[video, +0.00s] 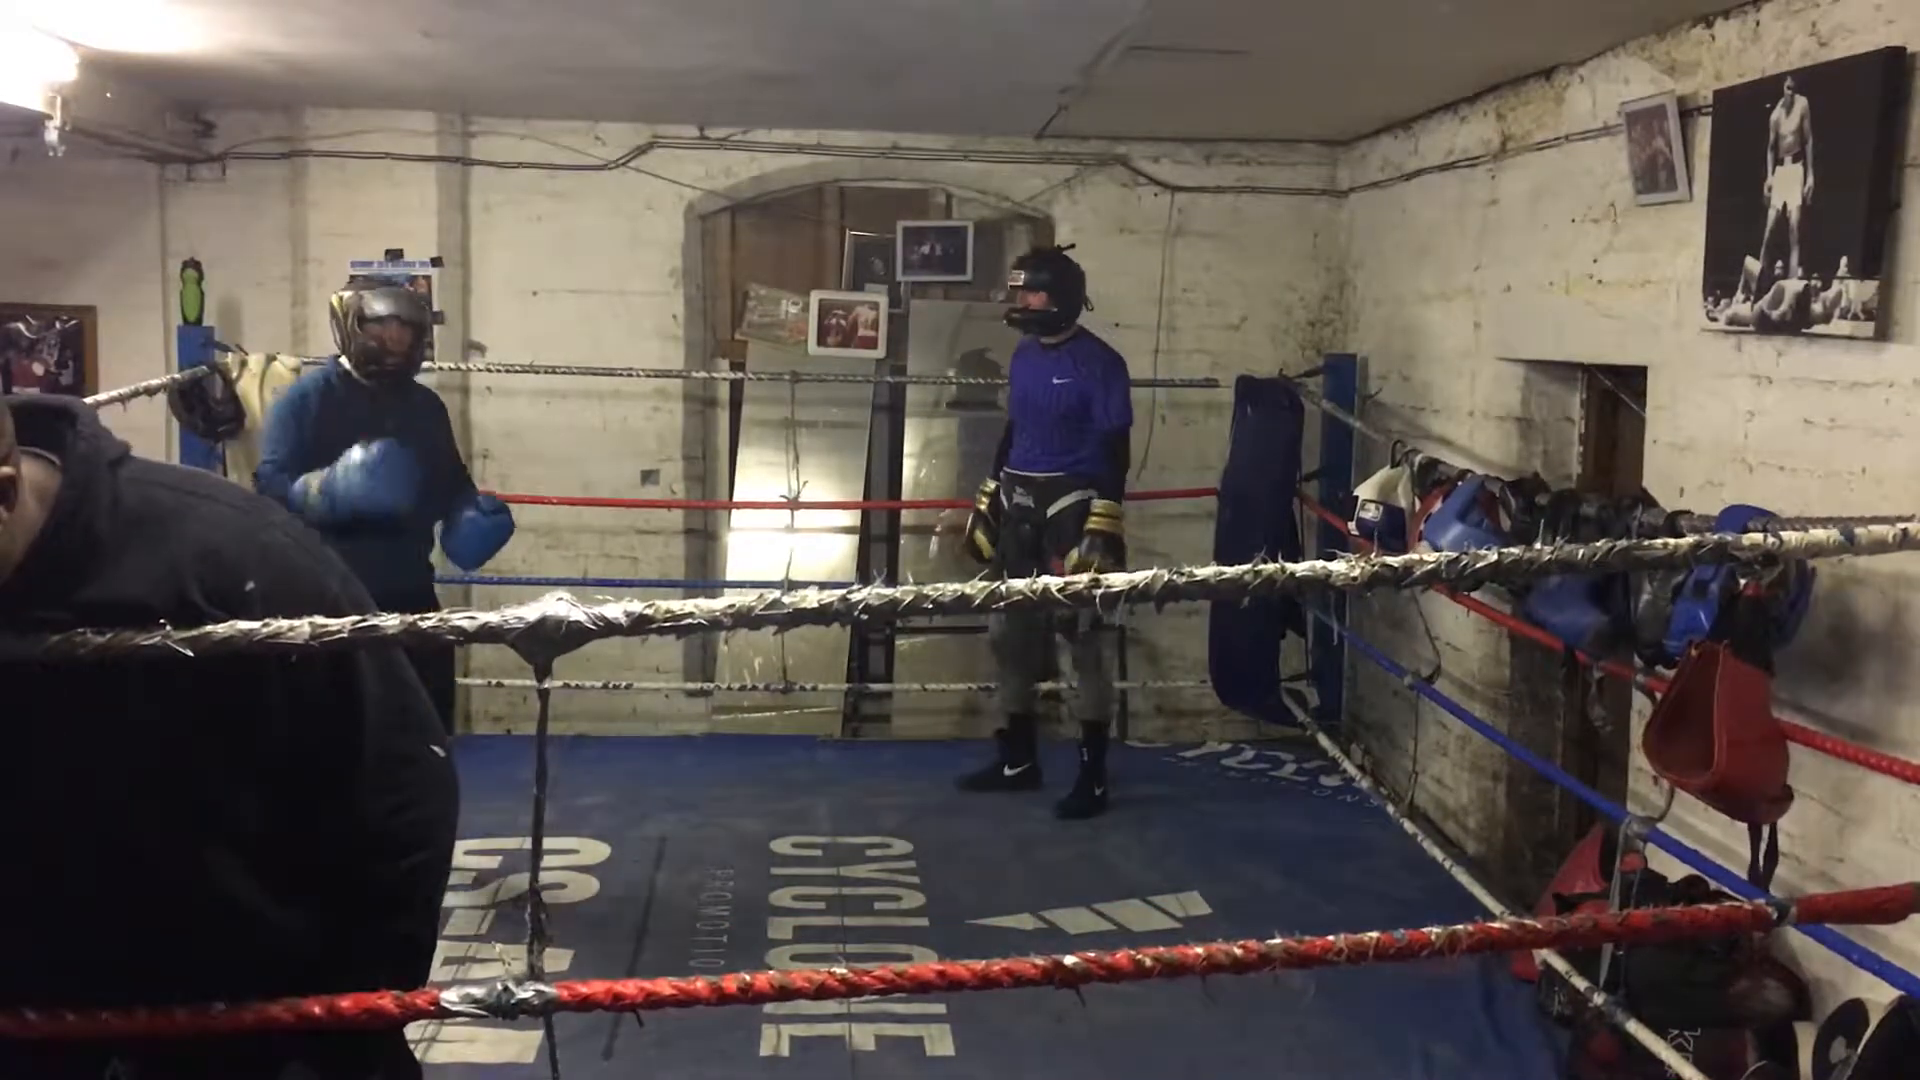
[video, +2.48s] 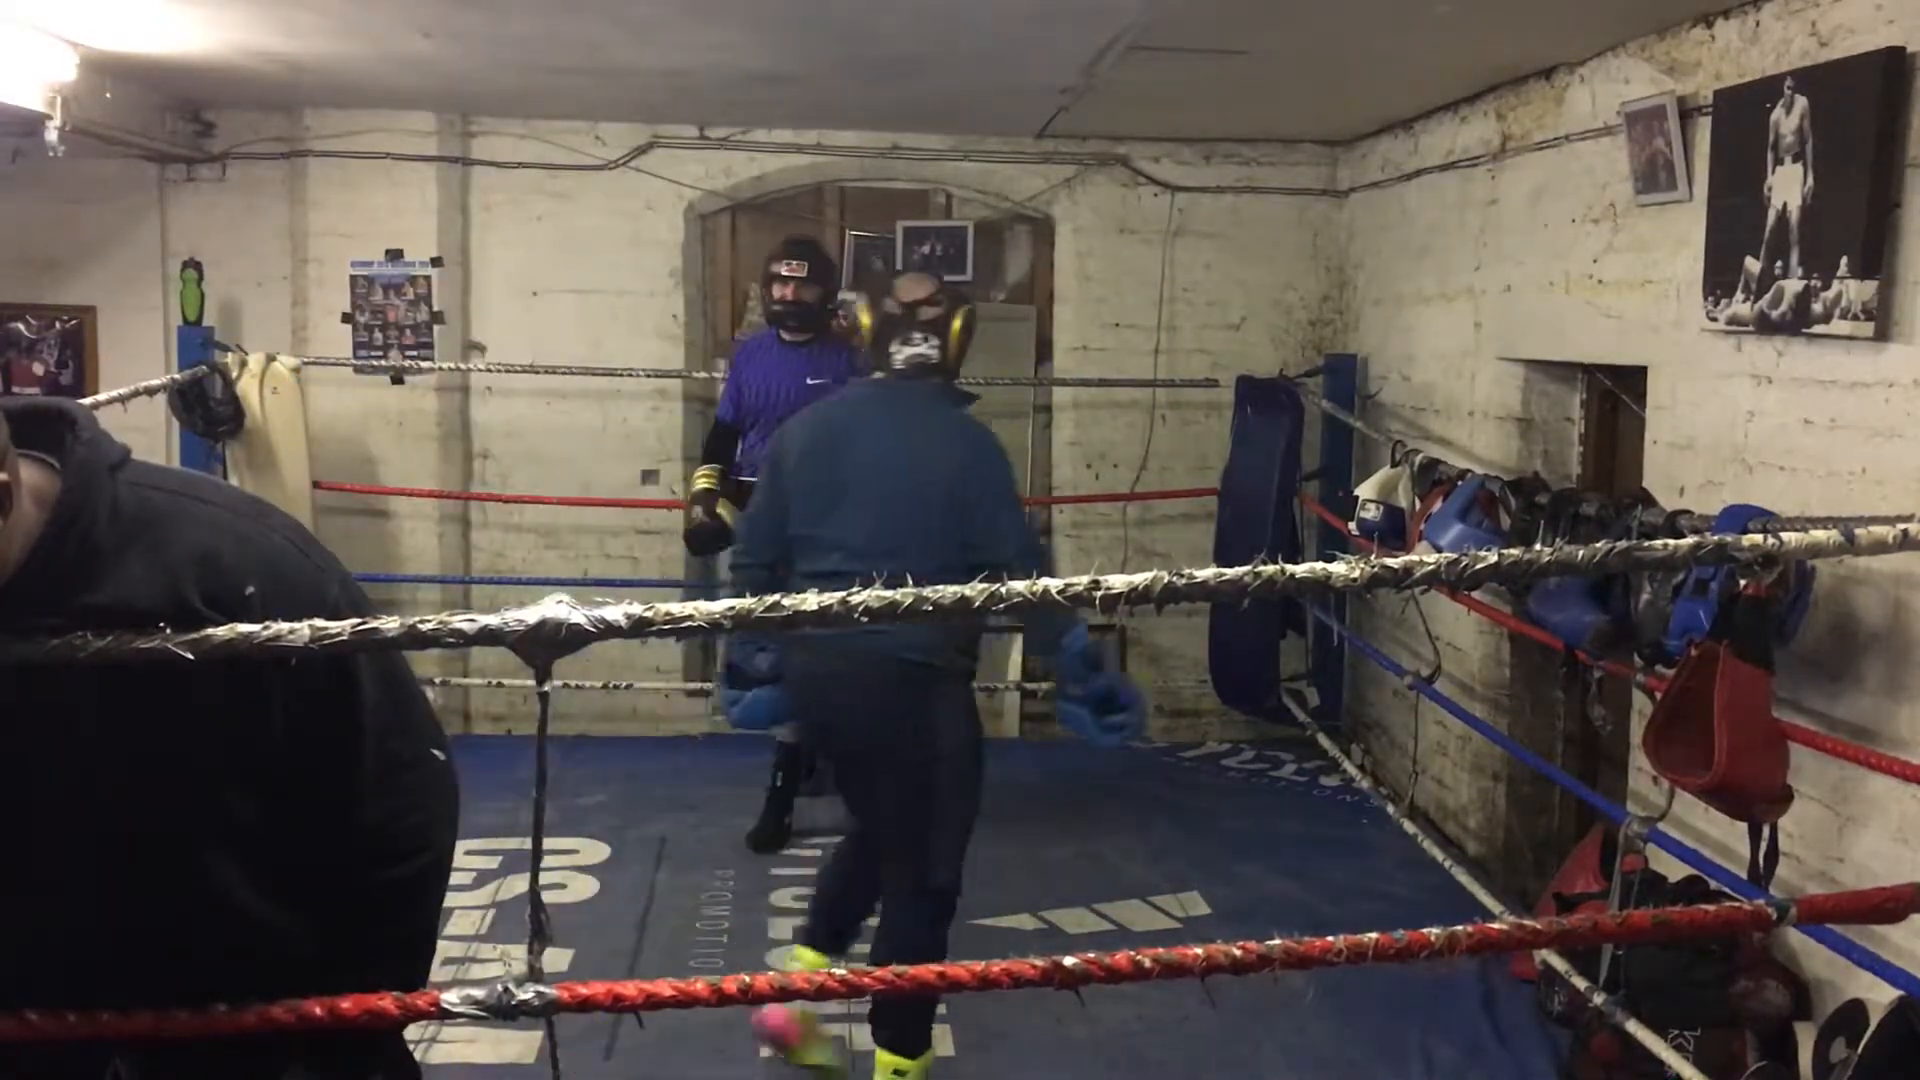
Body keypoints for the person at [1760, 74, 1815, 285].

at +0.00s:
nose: (1788, 92)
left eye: (1792, 89)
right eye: (1787, 88)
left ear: (1796, 90)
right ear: (1783, 88)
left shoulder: (1801, 104)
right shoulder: (1775, 114)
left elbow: (1809, 138)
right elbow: (1771, 146)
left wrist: (1810, 175)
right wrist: (1769, 175)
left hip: (1797, 163)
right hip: (1779, 165)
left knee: (1794, 221)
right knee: (1770, 222)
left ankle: (1793, 271)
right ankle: (1761, 270)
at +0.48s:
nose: (1788, 93)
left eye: (1791, 89)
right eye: (1787, 89)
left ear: (1795, 90)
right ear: (1782, 89)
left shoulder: (1801, 104)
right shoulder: (1775, 115)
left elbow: (1808, 139)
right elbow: (1771, 146)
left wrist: (1810, 175)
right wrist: (1769, 175)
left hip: (1797, 163)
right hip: (1779, 165)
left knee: (1794, 222)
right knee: (1771, 222)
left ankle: (1794, 270)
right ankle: (1761, 269)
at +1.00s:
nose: (1789, 92)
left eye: (1792, 89)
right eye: (1787, 89)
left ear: (1796, 90)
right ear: (1783, 89)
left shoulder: (1802, 104)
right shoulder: (1776, 115)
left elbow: (1808, 139)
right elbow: (1771, 146)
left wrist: (1810, 174)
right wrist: (1769, 175)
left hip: (1797, 164)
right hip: (1780, 165)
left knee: (1794, 221)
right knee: (1771, 221)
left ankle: (1795, 268)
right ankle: (1762, 269)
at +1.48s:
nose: (1788, 92)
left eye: (1791, 89)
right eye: (1787, 88)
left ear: (1796, 90)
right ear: (1783, 89)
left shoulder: (1801, 105)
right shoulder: (1776, 114)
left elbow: (1808, 139)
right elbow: (1771, 146)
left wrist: (1810, 175)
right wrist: (1769, 175)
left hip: (1797, 164)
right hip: (1780, 165)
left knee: (1794, 221)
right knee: (1771, 221)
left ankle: (1794, 269)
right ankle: (1762, 268)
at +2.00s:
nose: (1788, 92)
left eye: (1791, 89)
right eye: (1787, 88)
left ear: (1796, 90)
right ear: (1783, 89)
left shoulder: (1801, 105)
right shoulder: (1775, 114)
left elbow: (1808, 139)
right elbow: (1771, 146)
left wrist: (1810, 175)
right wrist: (1769, 175)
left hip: (1797, 164)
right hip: (1779, 165)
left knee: (1794, 221)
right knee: (1770, 221)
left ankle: (1794, 269)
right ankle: (1762, 268)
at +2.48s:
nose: (1788, 92)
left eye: (1791, 89)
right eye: (1787, 88)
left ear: (1796, 90)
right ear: (1783, 89)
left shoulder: (1801, 104)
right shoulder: (1775, 114)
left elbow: (1808, 139)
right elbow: (1771, 146)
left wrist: (1810, 174)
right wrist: (1769, 175)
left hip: (1797, 163)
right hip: (1779, 165)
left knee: (1794, 220)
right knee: (1771, 220)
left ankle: (1794, 268)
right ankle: (1762, 268)